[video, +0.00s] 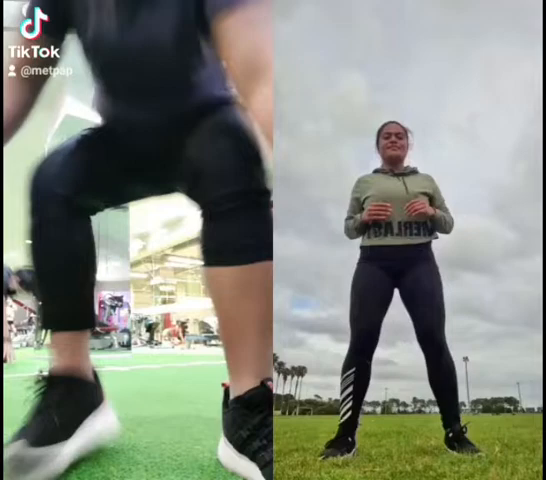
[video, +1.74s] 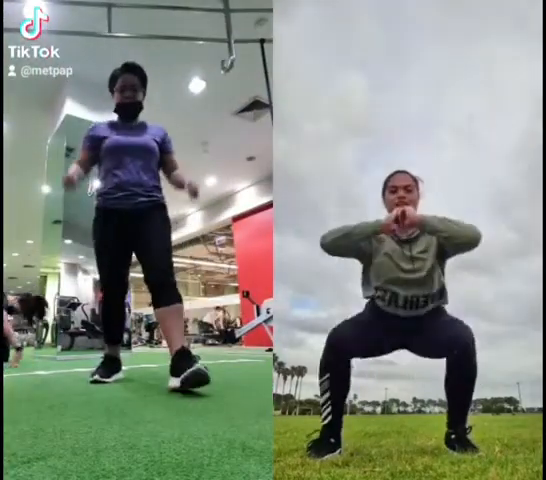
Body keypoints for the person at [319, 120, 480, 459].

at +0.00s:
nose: (394, 140)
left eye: (399, 136)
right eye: (387, 136)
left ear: (409, 145)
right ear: (378, 146)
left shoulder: (426, 182)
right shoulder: (364, 183)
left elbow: (447, 224)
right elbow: (349, 229)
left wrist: (431, 212)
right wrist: (364, 217)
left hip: (418, 263)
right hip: (373, 265)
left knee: (434, 342)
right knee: (361, 344)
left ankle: (455, 434)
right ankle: (345, 437)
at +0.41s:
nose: (407, 148)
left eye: (413, 144)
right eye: (400, 145)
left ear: (423, 151)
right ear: (392, 156)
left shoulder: (440, 181)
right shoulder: (382, 188)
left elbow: (474, 193)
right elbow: (349, 206)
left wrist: (432, 186)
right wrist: (389, 194)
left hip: (442, 270)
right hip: (399, 273)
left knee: (453, 345)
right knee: (375, 345)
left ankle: (455, 435)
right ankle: (348, 435)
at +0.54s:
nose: (417, 158)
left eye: (423, 153)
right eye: (411, 154)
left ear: (434, 160)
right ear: (401, 164)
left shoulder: (455, 194)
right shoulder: (389, 201)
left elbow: (491, 178)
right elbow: (352, 197)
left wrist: (447, 182)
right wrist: (397, 192)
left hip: (452, 281)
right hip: (409, 284)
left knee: (457, 349)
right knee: (406, 357)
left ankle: (456, 433)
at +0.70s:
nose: (429, 177)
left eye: (434, 172)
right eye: (422, 174)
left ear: (445, 179)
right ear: (412, 184)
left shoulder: (467, 214)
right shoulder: (400, 217)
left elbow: (506, 196)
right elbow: (365, 202)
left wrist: (459, 199)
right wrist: (415, 203)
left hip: (461, 298)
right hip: (419, 303)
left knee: (458, 341)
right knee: (435, 388)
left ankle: (456, 434)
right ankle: (459, 417)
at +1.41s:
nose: (427, 166)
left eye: (433, 161)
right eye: (420, 162)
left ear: (443, 167)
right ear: (411, 170)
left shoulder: (464, 205)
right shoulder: (401, 209)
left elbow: (506, 197)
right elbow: (361, 204)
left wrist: (455, 194)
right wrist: (409, 198)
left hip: (458, 287)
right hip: (416, 289)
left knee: (467, 343)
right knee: (413, 372)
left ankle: (460, 430)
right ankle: (442, 399)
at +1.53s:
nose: (414, 162)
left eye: (420, 156)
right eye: (406, 158)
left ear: (431, 162)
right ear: (398, 167)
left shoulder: (450, 199)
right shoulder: (389, 206)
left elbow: (489, 195)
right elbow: (345, 207)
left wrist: (438, 187)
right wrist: (393, 196)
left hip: (449, 286)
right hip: (404, 285)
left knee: (465, 340)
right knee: (366, 332)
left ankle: (458, 433)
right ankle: (357, 420)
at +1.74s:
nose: (400, 196)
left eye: (407, 190)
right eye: (393, 191)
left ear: (419, 196)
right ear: (384, 200)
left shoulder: (436, 239)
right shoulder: (373, 240)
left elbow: (473, 236)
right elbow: (328, 243)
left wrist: (420, 221)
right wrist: (381, 226)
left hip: (428, 324)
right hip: (380, 323)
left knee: (463, 340)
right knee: (338, 341)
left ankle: (457, 434)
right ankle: (330, 437)